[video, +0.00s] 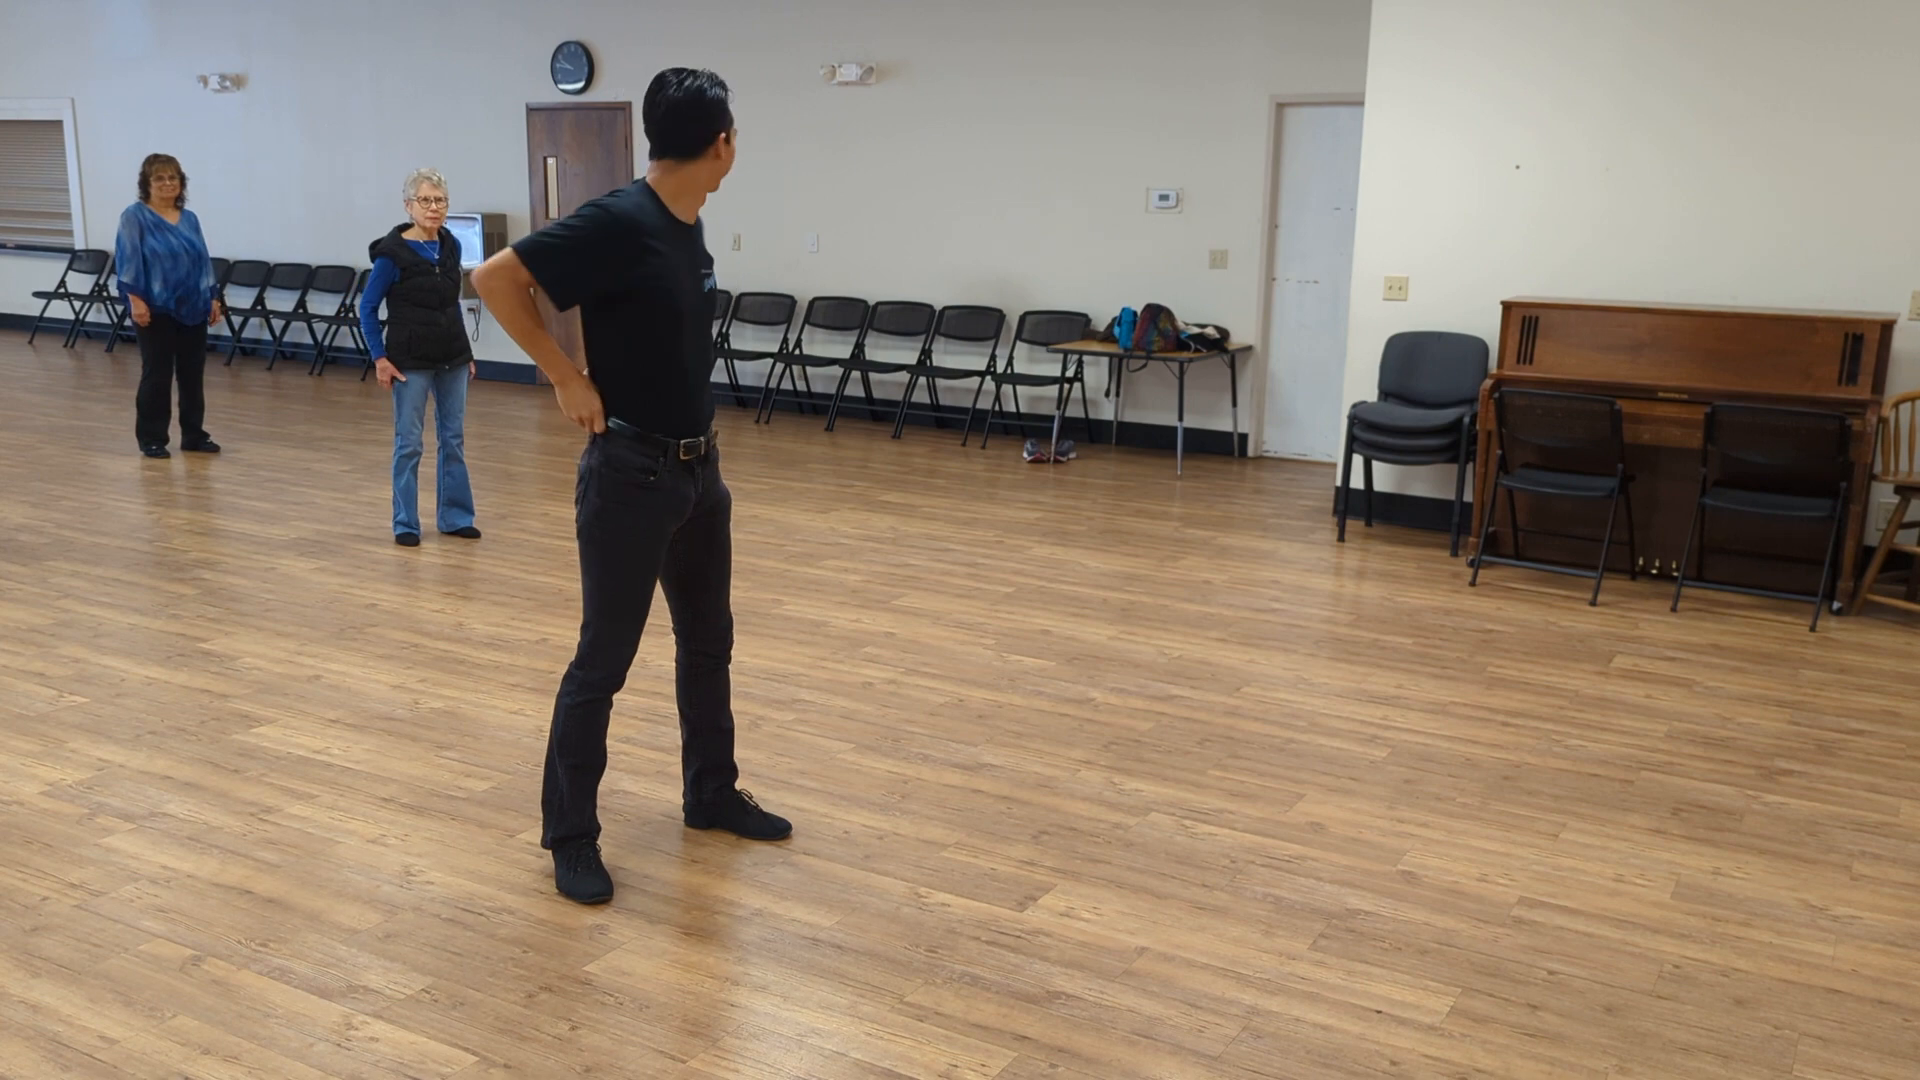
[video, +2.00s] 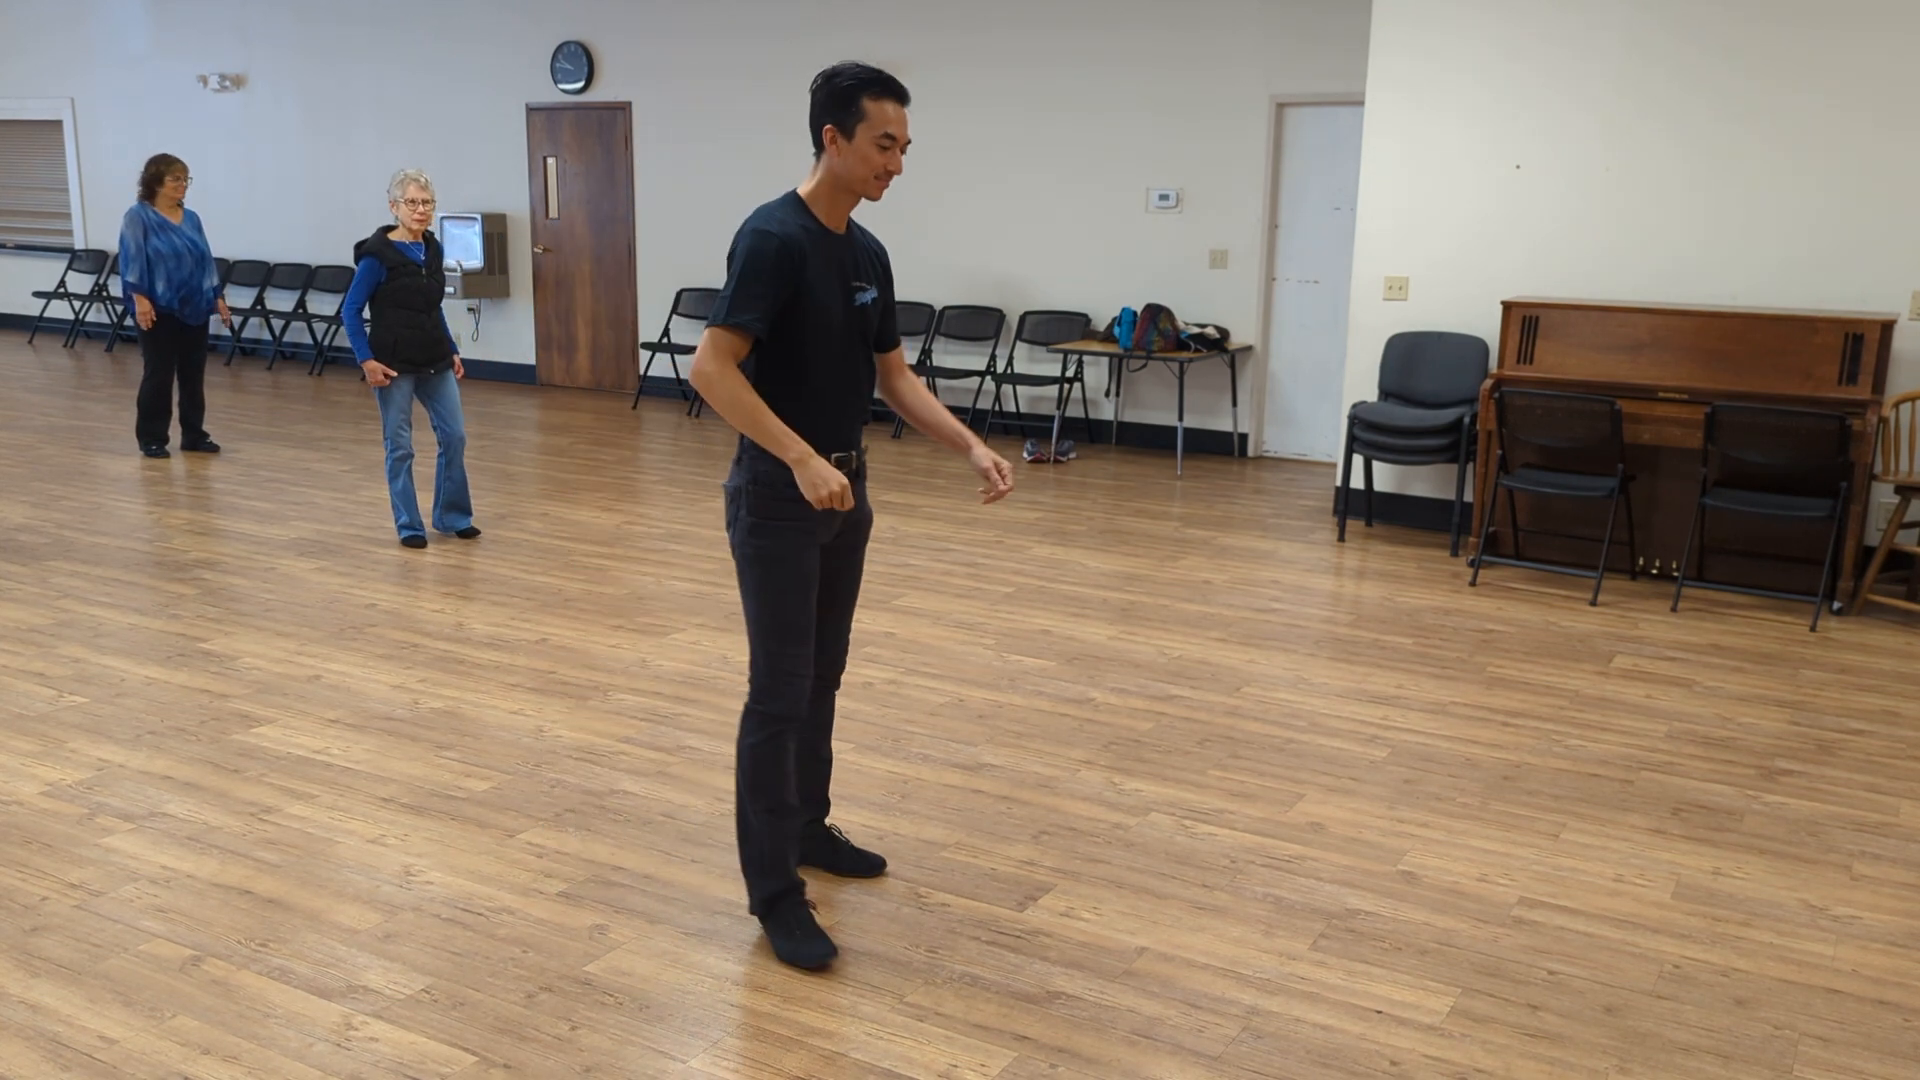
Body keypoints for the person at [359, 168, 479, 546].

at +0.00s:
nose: (434, 207)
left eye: (440, 201)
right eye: (426, 201)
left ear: (447, 205)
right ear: (410, 205)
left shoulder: (450, 246)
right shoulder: (394, 251)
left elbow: (452, 305)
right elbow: (367, 307)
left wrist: (466, 353)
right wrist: (379, 357)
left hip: (453, 357)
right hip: (410, 359)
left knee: (453, 441)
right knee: (409, 444)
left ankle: (455, 518)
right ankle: (406, 524)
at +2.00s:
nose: (422, 210)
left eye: (427, 203)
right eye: (413, 203)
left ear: (433, 207)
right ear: (395, 206)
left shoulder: (432, 249)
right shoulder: (379, 253)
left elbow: (433, 307)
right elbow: (350, 310)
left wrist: (451, 351)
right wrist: (366, 360)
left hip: (436, 361)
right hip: (393, 364)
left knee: (454, 435)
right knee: (400, 447)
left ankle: (452, 517)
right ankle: (409, 526)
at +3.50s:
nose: (459, 209)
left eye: (465, 202)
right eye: (450, 203)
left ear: (471, 206)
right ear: (434, 208)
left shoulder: (475, 248)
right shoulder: (419, 254)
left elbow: (480, 306)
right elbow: (400, 314)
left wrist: (504, 353)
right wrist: (411, 366)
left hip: (481, 358)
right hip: (441, 362)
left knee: (474, 441)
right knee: (459, 441)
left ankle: (469, 520)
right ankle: (441, 519)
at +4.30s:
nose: (459, 226)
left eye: (463, 219)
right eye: (455, 217)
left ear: (434, 211)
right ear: (428, 207)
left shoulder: (444, 251)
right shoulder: (392, 252)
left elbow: (445, 310)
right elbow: (369, 311)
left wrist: (475, 352)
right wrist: (375, 362)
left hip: (445, 363)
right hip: (403, 366)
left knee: (453, 444)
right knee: (402, 448)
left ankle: (462, 520)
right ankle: (399, 530)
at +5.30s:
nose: (440, 205)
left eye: (444, 197)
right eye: (430, 200)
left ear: (450, 201)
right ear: (410, 207)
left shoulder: (450, 247)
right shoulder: (400, 253)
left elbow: (454, 310)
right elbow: (379, 315)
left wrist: (476, 355)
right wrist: (389, 366)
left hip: (455, 361)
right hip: (415, 365)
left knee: (457, 445)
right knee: (409, 448)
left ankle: (463, 522)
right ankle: (399, 530)